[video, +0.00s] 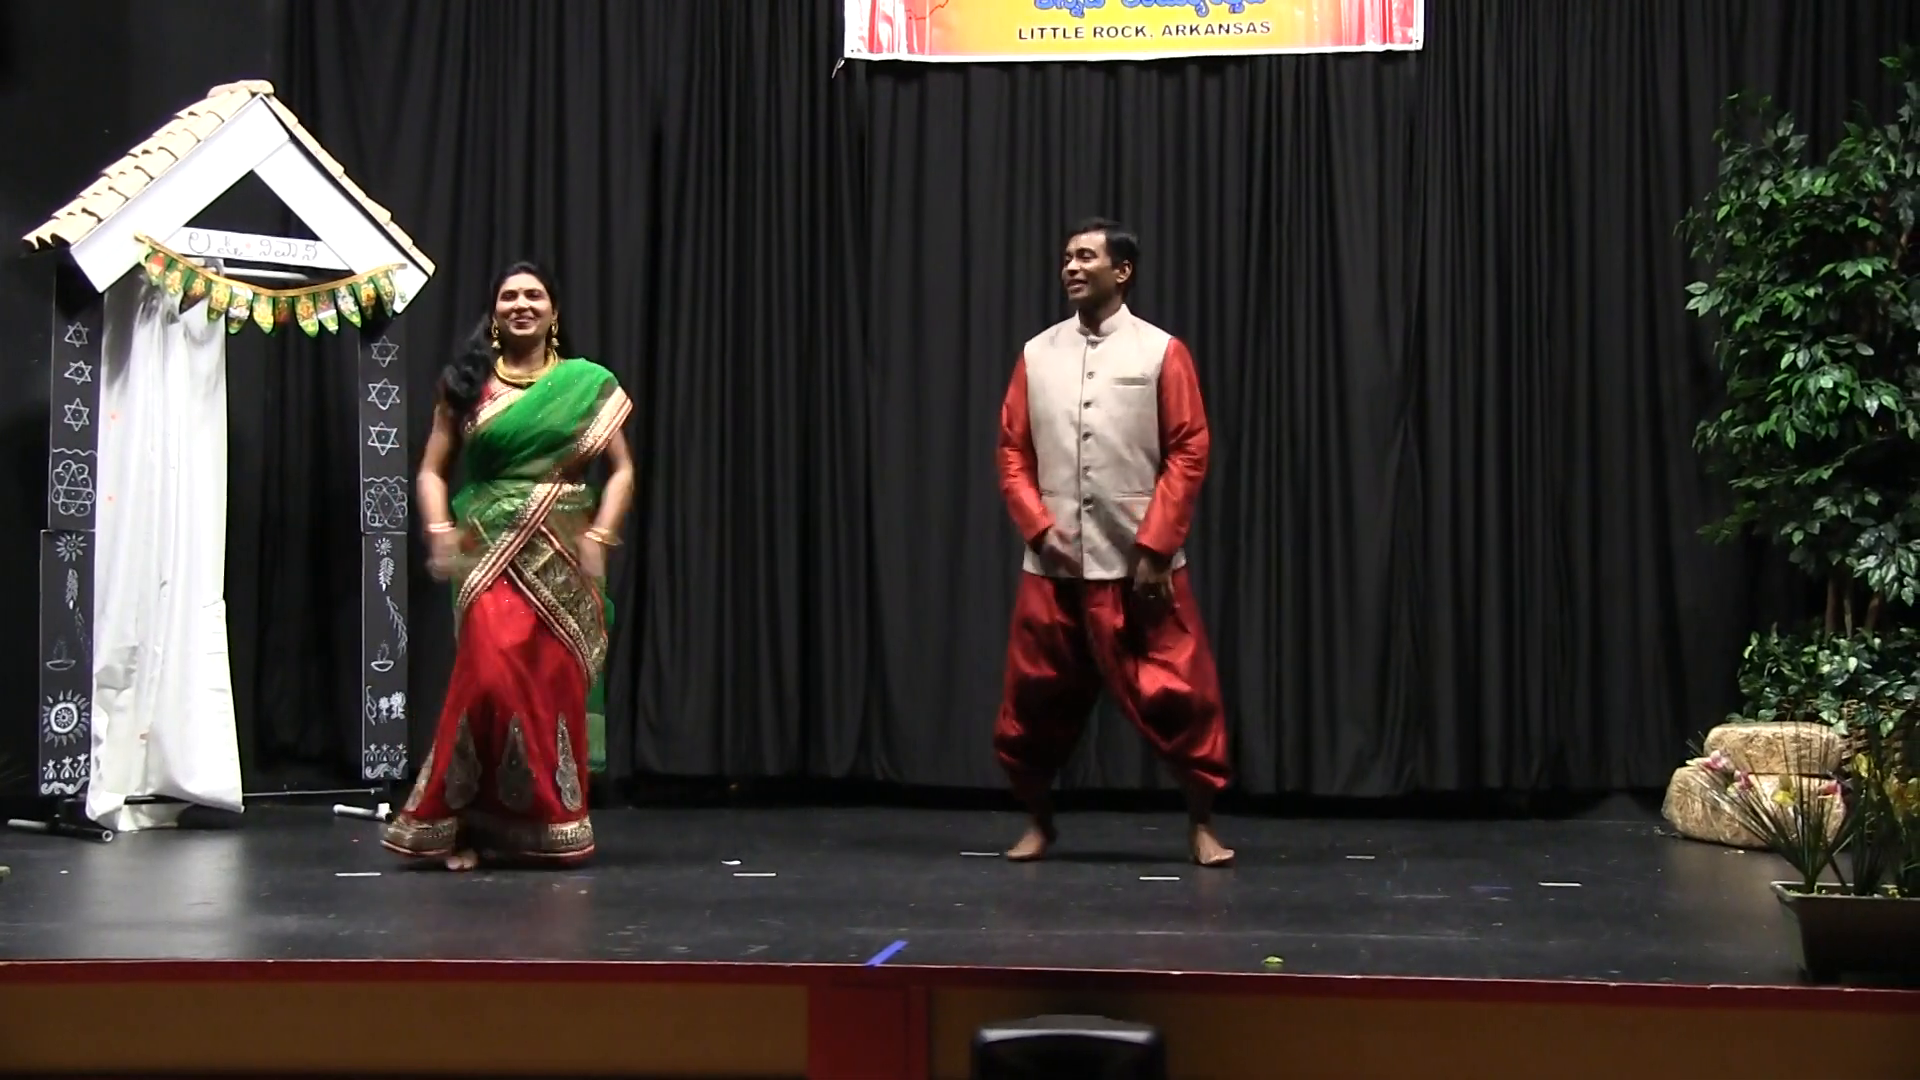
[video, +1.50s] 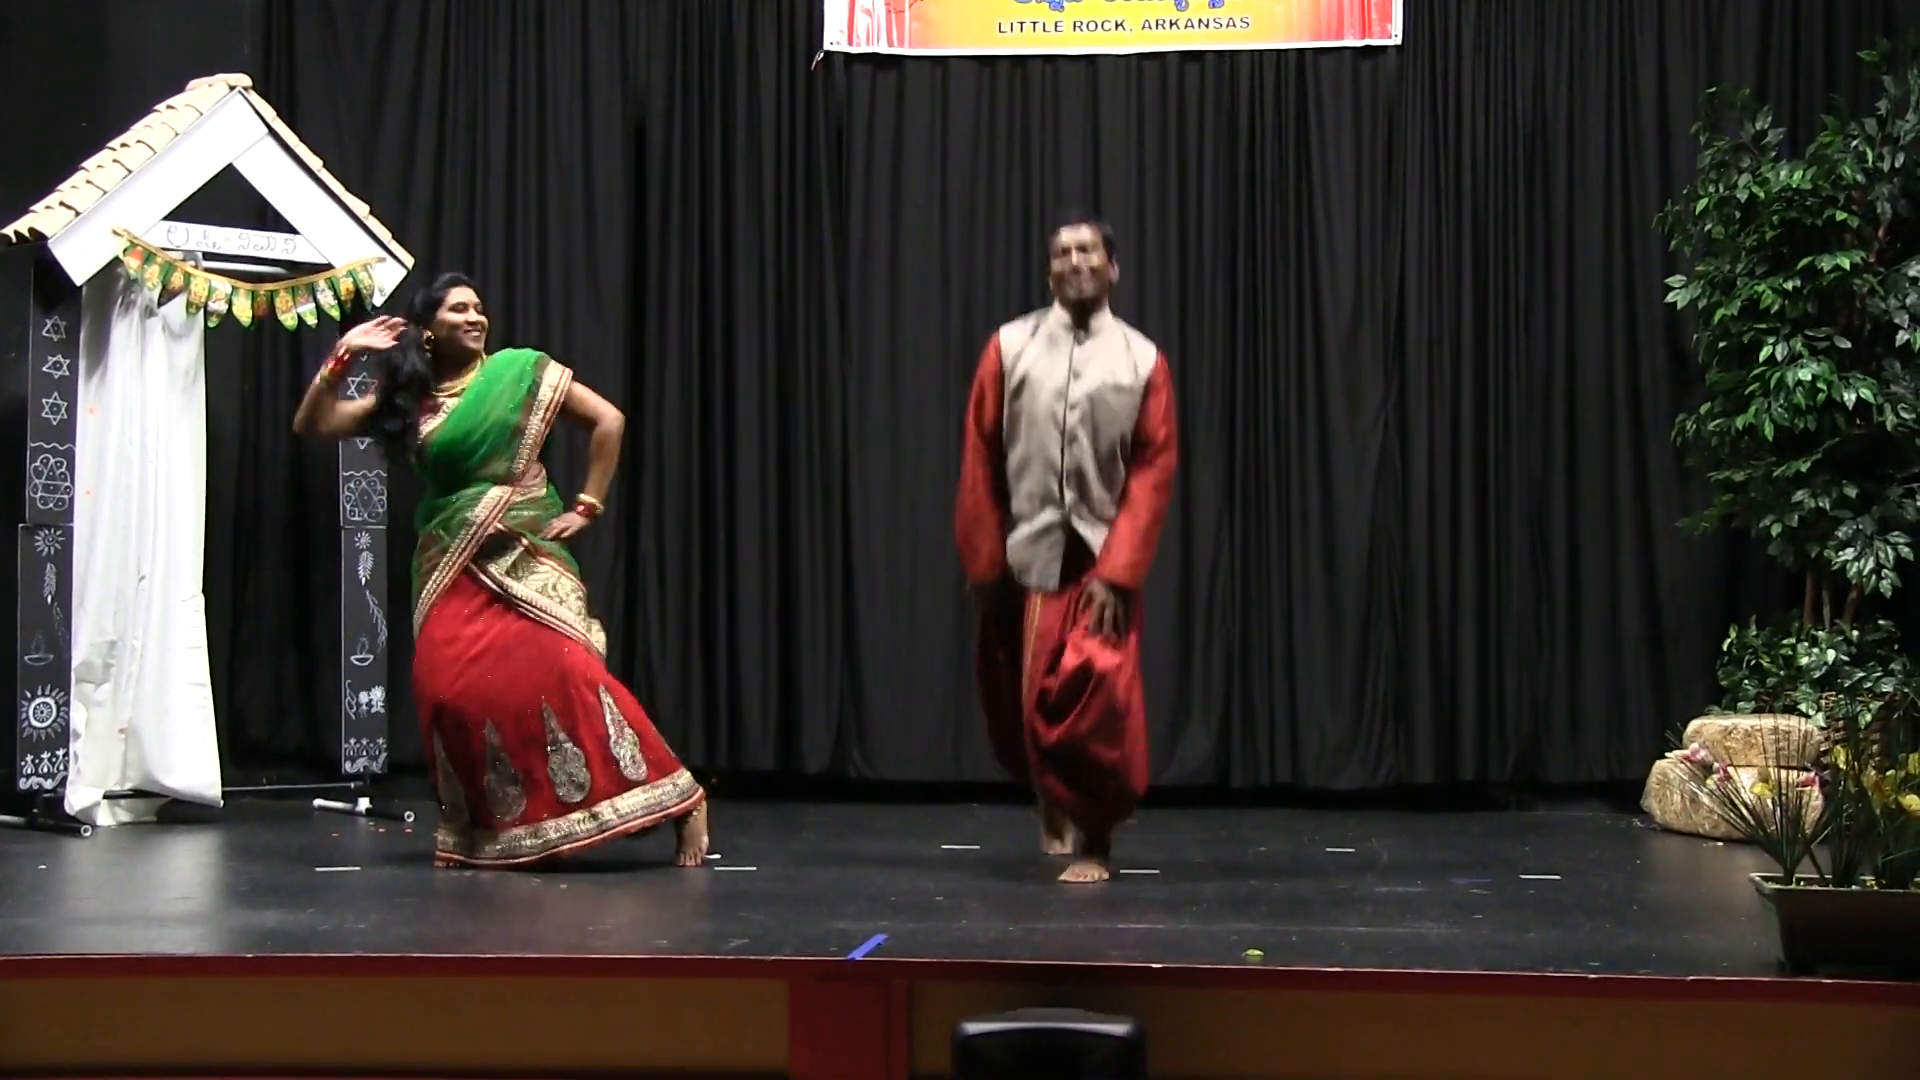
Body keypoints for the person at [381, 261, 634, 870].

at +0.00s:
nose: (521, 305)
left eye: (533, 296)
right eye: (510, 297)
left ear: (552, 310)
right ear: (493, 312)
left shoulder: (582, 382)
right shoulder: (469, 380)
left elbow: (621, 467)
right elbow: (431, 469)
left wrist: (600, 534)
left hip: (563, 545)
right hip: (490, 543)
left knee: (554, 681)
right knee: (492, 675)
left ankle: (542, 828)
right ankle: (461, 831)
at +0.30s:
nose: (503, 296)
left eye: (516, 288)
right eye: (491, 289)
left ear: (535, 307)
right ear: (475, 308)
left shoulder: (568, 359)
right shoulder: (459, 372)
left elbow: (632, 364)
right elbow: (380, 331)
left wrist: (609, 288)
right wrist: (401, 255)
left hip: (560, 531)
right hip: (485, 531)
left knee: (553, 668)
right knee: (462, 654)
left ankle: (538, 827)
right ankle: (447, 810)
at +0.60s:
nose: (480, 289)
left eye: (490, 281)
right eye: (467, 281)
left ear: (504, 294)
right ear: (442, 297)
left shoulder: (534, 346)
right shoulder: (418, 363)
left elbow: (634, 368)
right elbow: (321, 368)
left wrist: (634, 438)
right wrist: (362, 301)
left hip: (542, 527)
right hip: (461, 536)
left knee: (602, 657)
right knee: (461, 675)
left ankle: (682, 802)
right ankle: (472, 837)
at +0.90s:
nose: (484, 322)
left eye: (488, 313)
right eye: (470, 314)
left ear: (494, 320)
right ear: (437, 325)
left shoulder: (515, 370)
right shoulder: (407, 387)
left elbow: (609, 397)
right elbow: (317, 363)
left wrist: (585, 470)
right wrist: (375, 314)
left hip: (542, 536)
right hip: (470, 552)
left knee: (591, 664)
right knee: (464, 688)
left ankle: (683, 800)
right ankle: (470, 834)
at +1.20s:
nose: (480, 327)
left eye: (483, 319)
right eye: (464, 319)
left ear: (490, 331)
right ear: (431, 337)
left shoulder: (517, 384)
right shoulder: (406, 403)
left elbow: (606, 433)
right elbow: (316, 441)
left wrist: (592, 514)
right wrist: (345, 376)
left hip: (532, 555)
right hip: (456, 565)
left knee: (568, 681)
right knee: (440, 694)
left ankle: (690, 802)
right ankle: (454, 818)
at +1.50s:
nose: (474, 316)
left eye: (478, 309)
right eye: (458, 308)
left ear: (488, 322)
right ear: (426, 326)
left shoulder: (519, 369)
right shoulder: (409, 396)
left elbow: (608, 419)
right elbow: (313, 424)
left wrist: (589, 503)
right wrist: (341, 356)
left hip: (531, 549)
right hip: (451, 558)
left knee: (573, 671)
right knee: (440, 689)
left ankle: (685, 798)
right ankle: (461, 821)